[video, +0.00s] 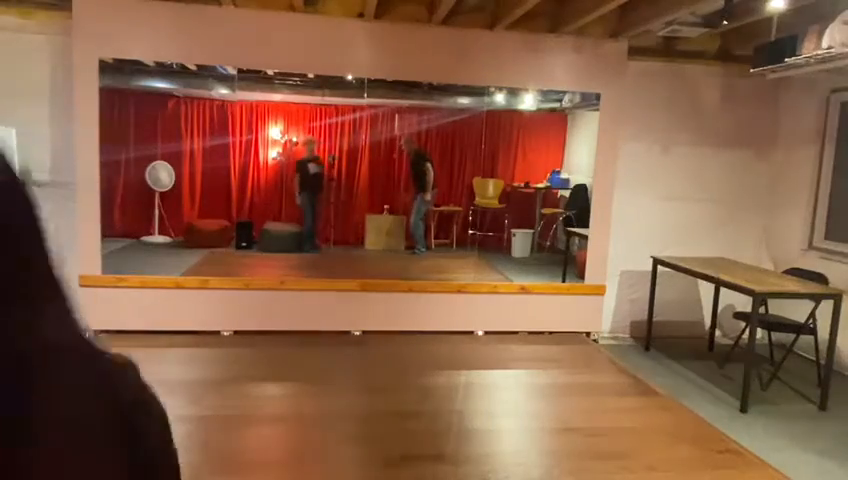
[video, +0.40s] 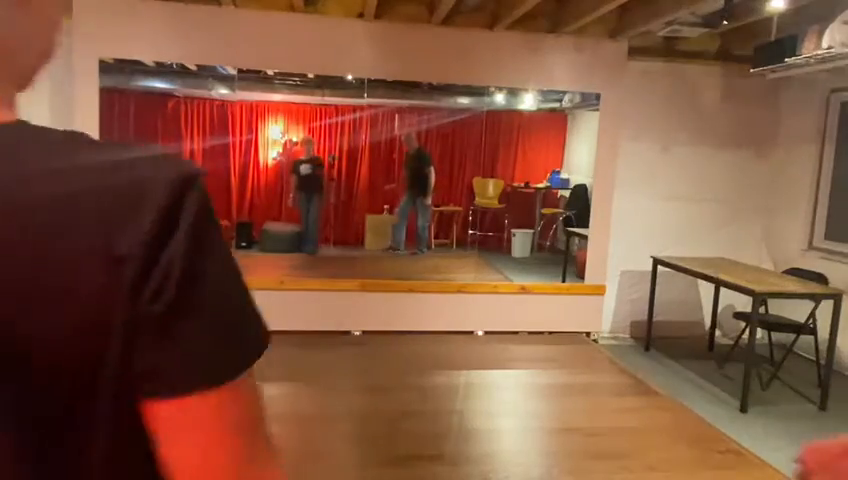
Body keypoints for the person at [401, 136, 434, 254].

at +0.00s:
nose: (404, 148)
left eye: (405, 145)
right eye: (403, 145)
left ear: (412, 144)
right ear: (408, 146)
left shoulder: (420, 156)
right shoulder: (414, 158)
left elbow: (429, 172)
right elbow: (419, 175)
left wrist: (428, 191)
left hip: (424, 193)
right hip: (420, 192)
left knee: (416, 219)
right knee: (417, 219)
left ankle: (420, 246)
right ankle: (420, 245)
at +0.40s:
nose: (408, 144)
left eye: (409, 141)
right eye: (406, 142)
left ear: (415, 141)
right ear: (405, 143)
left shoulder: (423, 155)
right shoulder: (408, 156)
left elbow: (431, 174)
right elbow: (406, 176)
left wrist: (429, 195)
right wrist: (397, 188)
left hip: (422, 192)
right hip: (411, 191)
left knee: (422, 220)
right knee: (401, 215)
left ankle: (422, 246)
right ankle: (397, 244)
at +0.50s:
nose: (405, 144)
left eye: (408, 141)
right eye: (404, 142)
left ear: (414, 141)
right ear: (402, 143)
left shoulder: (422, 156)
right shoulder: (405, 157)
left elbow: (429, 177)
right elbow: (401, 177)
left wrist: (426, 197)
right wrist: (388, 186)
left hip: (420, 195)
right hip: (407, 193)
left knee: (420, 223)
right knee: (400, 221)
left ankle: (421, 247)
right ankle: (395, 247)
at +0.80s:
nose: (401, 138)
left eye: (403, 135)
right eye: (399, 135)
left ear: (408, 136)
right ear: (396, 136)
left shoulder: (414, 149)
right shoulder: (394, 151)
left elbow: (422, 170)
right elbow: (392, 171)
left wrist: (416, 192)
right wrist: (381, 184)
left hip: (410, 191)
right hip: (397, 190)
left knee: (411, 222)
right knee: (397, 222)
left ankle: (412, 246)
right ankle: (395, 251)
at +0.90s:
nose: (399, 137)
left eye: (401, 133)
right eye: (396, 133)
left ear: (406, 134)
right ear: (393, 134)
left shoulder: (413, 149)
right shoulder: (391, 151)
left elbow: (421, 171)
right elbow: (387, 171)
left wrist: (413, 190)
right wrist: (376, 184)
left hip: (408, 190)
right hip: (394, 190)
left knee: (403, 219)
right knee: (395, 221)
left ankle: (410, 244)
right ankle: (395, 250)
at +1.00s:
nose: (397, 137)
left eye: (400, 133)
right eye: (395, 133)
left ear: (405, 133)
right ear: (392, 134)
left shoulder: (412, 149)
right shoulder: (390, 150)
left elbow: (420, 171)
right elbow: (386, 170)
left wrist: (412, 191)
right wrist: (380, 183)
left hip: (405, 190)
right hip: (392, 189)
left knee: (398, 219)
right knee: (392, 220)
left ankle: (400, 249)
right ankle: (394, 250)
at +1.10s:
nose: (395, 136)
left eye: (397, 132)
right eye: (393, 132)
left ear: (402, 133)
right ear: (390, 133)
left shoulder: (408, 149)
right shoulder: (386, 150)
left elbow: (417, 172)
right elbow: (380, 169)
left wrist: (414, 192)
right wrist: (374, 183)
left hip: (403, 190)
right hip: (389, 189)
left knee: (396, 220)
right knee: (390, 220)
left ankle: (394, 253)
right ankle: (392, 252)